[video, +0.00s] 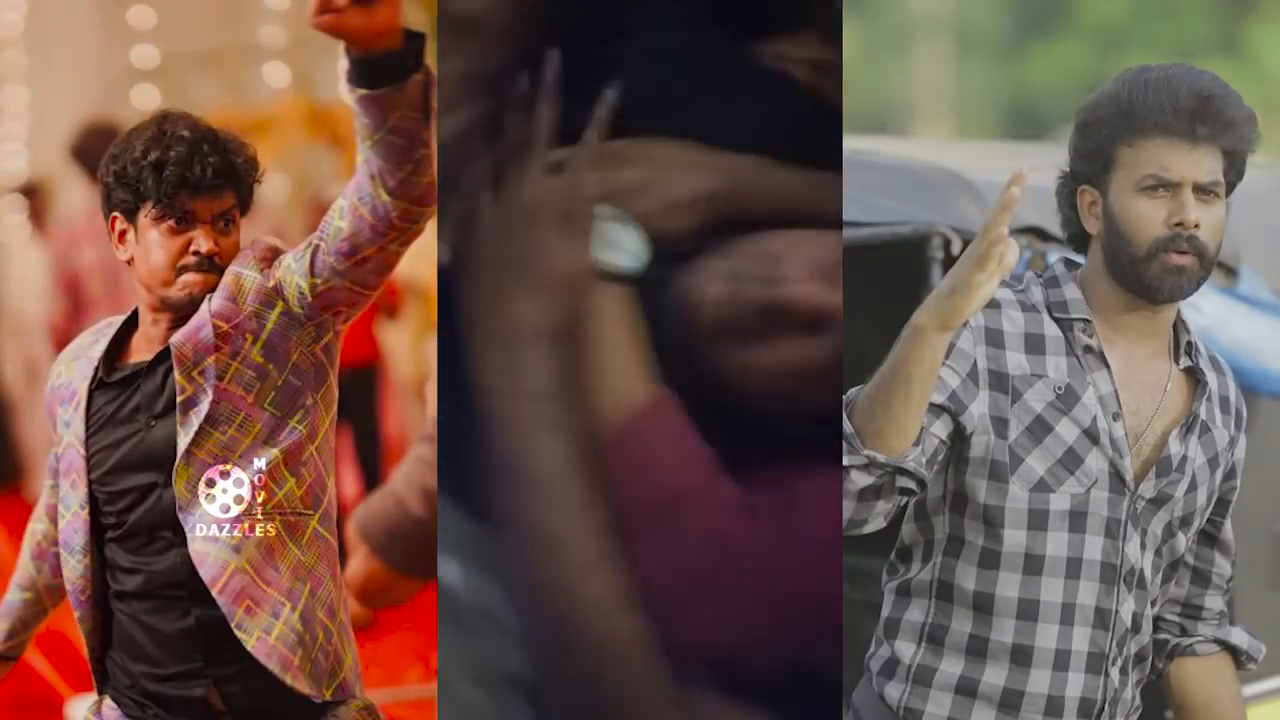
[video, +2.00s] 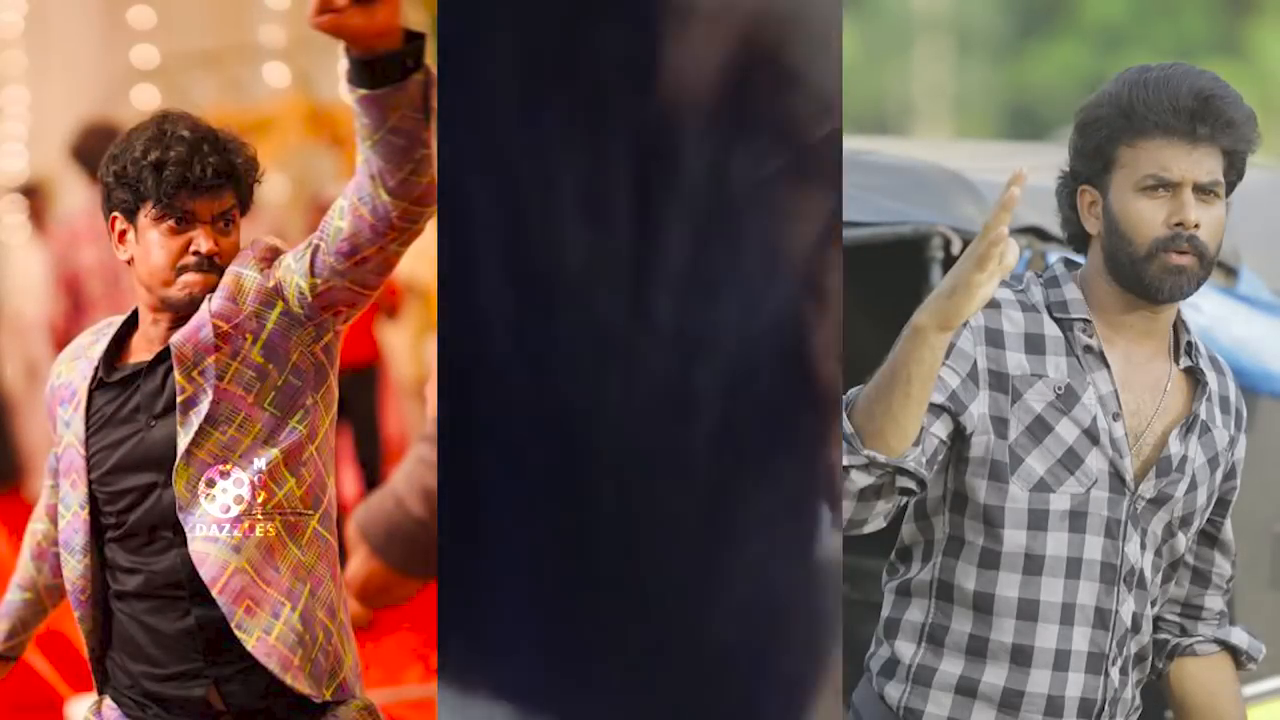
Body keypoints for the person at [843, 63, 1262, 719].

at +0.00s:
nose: (1187, 217)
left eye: (1207, 194)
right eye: (1157, 190)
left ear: (1227, 209)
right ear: (1092, 208)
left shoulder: (1219, 398)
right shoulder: (984, 329)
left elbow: (1193, 616)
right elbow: (853, 508)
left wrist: (1224, 711)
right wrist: (932, 326)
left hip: (1106, 709)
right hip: (936, 702)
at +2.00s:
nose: (1187, 217)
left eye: (1207, 194)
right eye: (1157, 190)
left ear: (1227, 208)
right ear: (1092, 208)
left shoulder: (1219, 398)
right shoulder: (984, 329)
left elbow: (1193, 615)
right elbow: (851, 508)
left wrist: (1225, 711)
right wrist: (931, 328)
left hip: (1105, 709)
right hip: (934, 702)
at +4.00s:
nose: (1187, 217)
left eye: (1207, 194)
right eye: (1157, 190)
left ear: (1227, 208)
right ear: (1092, 207)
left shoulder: (1219, 398)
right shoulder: (984, 328)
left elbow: (1193, 617)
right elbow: (855, 505)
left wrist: (1225, 711)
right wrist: (931, 327)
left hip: (1105, 709)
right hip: (937, 702)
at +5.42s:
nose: (1187, 217)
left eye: (1207, 194)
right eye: (1157, 190)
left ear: (1227, 208)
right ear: (1092, 207)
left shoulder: (1219, 398)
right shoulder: (984, 328)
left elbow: (1193, 617)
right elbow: (852, 507)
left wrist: (1225, 711)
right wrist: (931, 327)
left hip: (1105, 709)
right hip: (935, 702)